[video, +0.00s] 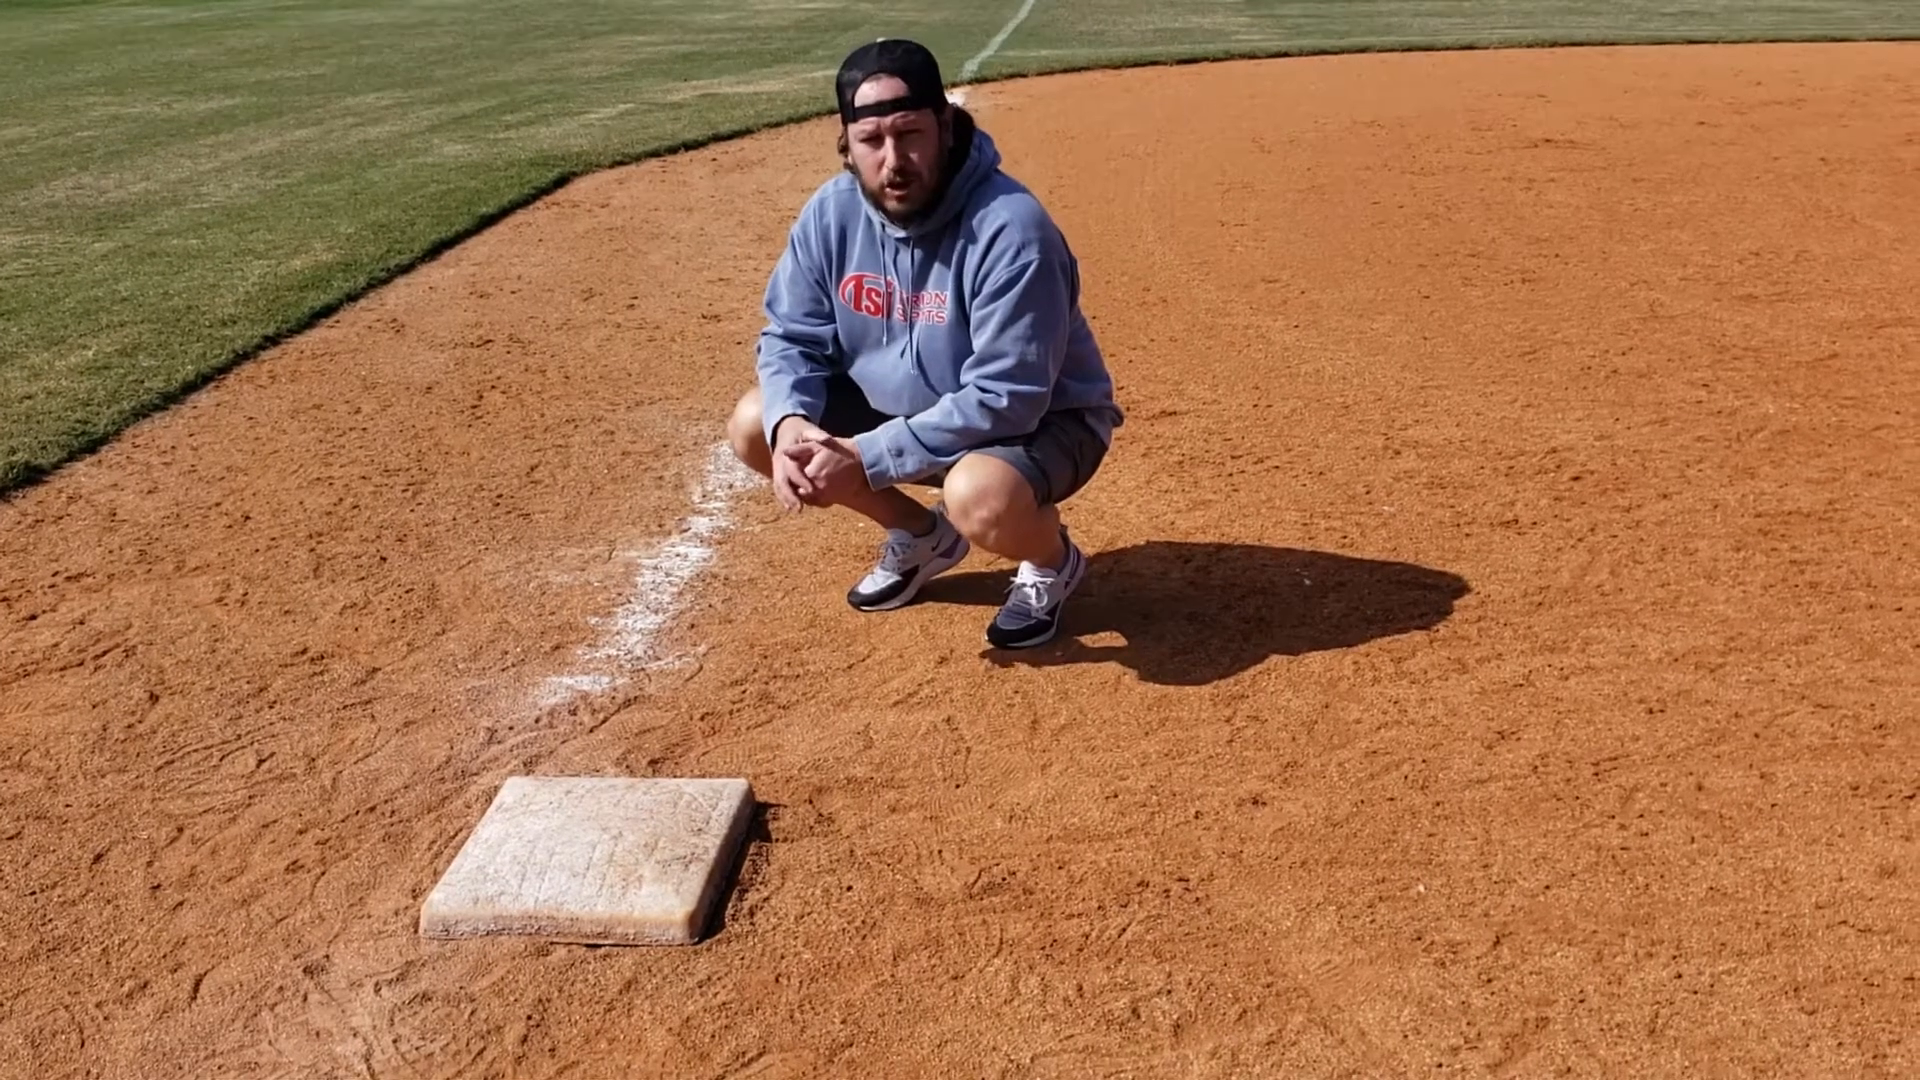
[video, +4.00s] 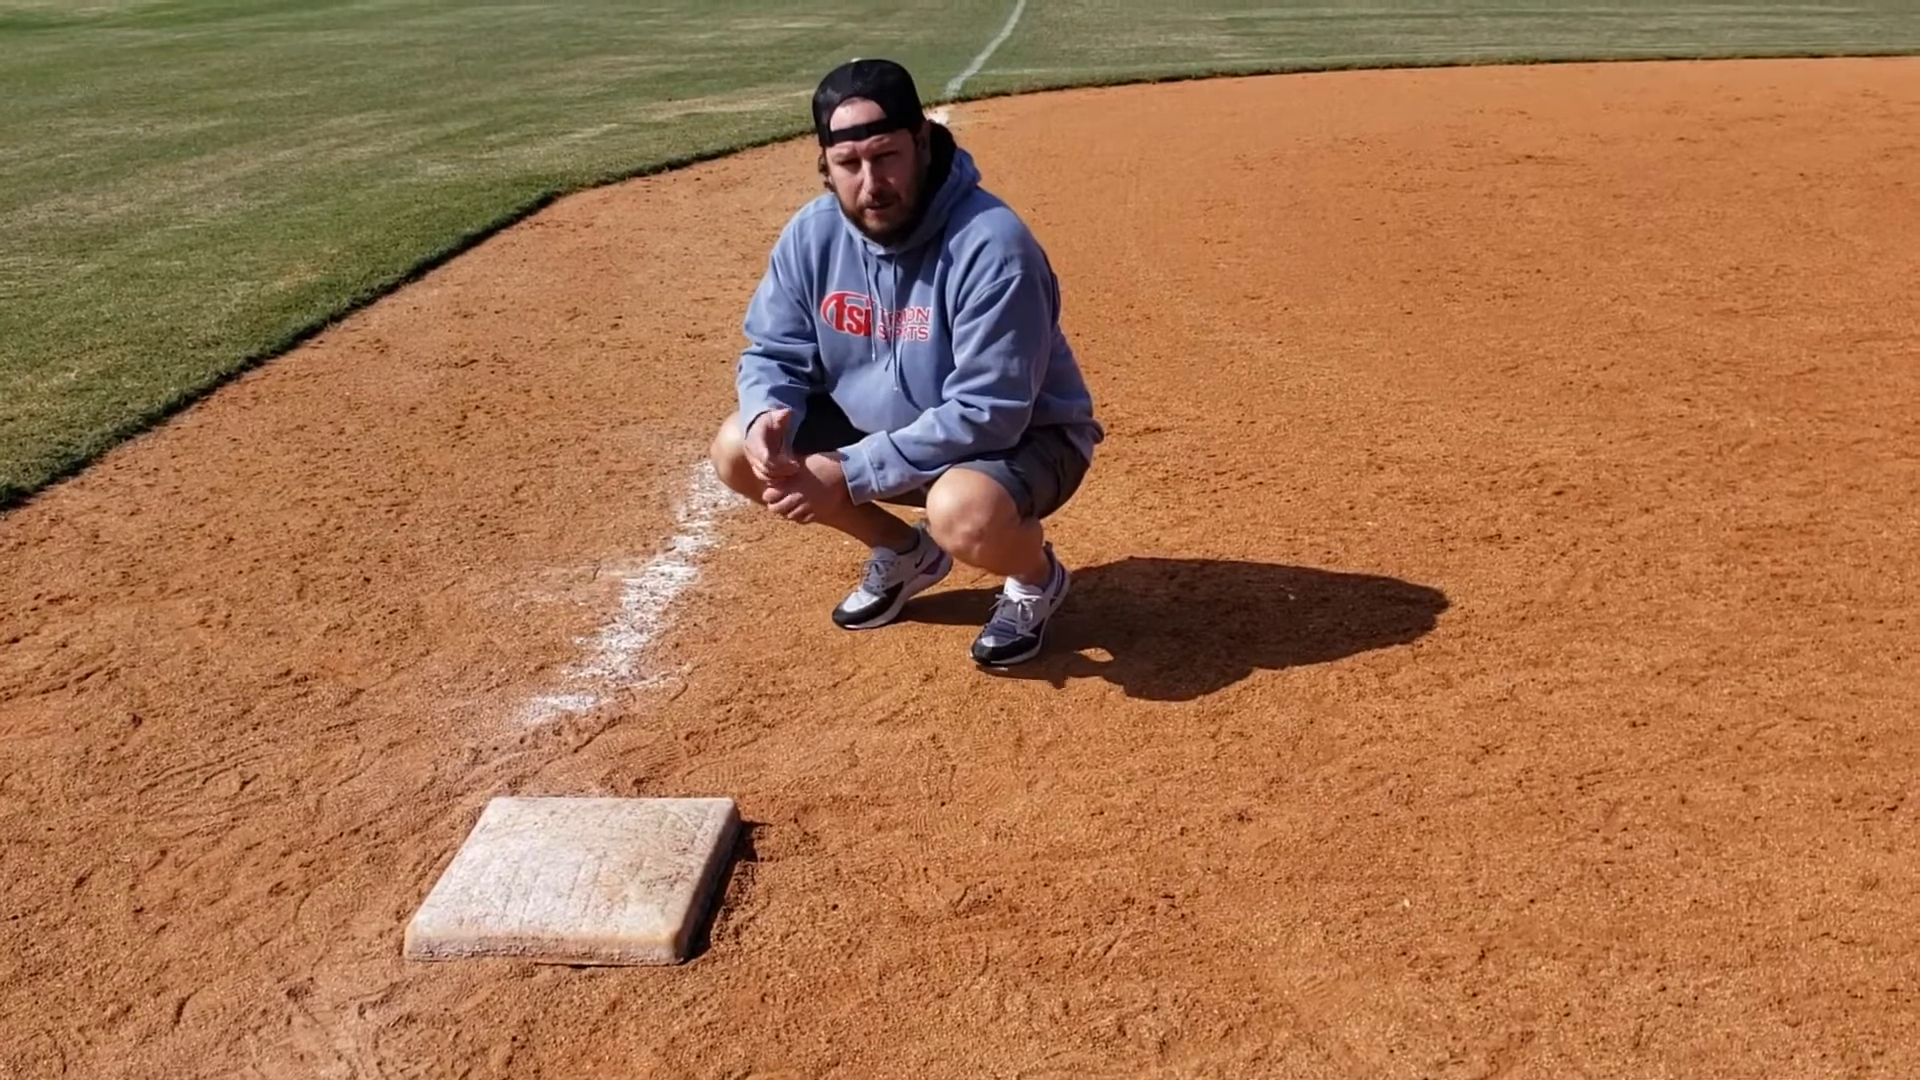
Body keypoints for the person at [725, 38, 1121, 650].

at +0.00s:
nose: (894, 162)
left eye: (911, 134)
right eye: (871, 140)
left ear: (946, 125)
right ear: (846, 145)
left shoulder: (1011, 234)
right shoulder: (832, 213)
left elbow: (1004, 402)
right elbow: (791, 335)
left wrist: (868, 459)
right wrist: (792, 421)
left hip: (1047, 419)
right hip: (909, 409)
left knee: (978, 496)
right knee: (757, 426)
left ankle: (1054, 562)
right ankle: (920, 533)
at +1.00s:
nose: (885, 160)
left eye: (902, 132)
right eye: (863, 138)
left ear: (938, 124)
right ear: (839, 144)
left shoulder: (1004, 233)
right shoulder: (824, 215)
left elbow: (998, 400)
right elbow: (784, 335)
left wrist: (858, 457)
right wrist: (786, 421)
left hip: (1040, 418)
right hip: (903, 410)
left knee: (972, 495)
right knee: (751, 426)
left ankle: (1049, 561)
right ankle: (916, 533)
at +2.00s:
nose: (877, 168)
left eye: (893, 140)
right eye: (854, 147)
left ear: (928, 130)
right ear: (830, 153)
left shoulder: (995, 238)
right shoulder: (815, 221)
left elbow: (990, 405)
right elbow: (777, 342)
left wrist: (854, 462)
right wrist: (776, 423)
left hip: (1034, 422)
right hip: (899, 416)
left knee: (965, 500)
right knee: (742, 433)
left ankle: (1042, 566)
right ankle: (909, 539)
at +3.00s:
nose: (878, 174)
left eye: (896, 145)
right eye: (856, 150)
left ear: (931, 136)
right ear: (832, 155)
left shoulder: (995, 244)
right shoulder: (817, 226)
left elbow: (990, 411)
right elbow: (776, 346)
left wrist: (853, 467)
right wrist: (776, 427)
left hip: (1031, 430)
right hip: (895, 421)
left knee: (963, 506)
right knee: (741, 439)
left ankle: (1041, 573)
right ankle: (907, 546)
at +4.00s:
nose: (871, 185)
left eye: (887, 157)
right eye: (848, 163)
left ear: (923, 142)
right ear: (826, 166)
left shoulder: (992, 250)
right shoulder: (812, 235)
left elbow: (987, 416)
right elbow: (772, 350)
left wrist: (849, 474)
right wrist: (767, 414)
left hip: (1027, 436)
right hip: (890, 429)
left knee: (962, 511)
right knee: (740, 451)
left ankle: (1038, 579)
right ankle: (904, 550)